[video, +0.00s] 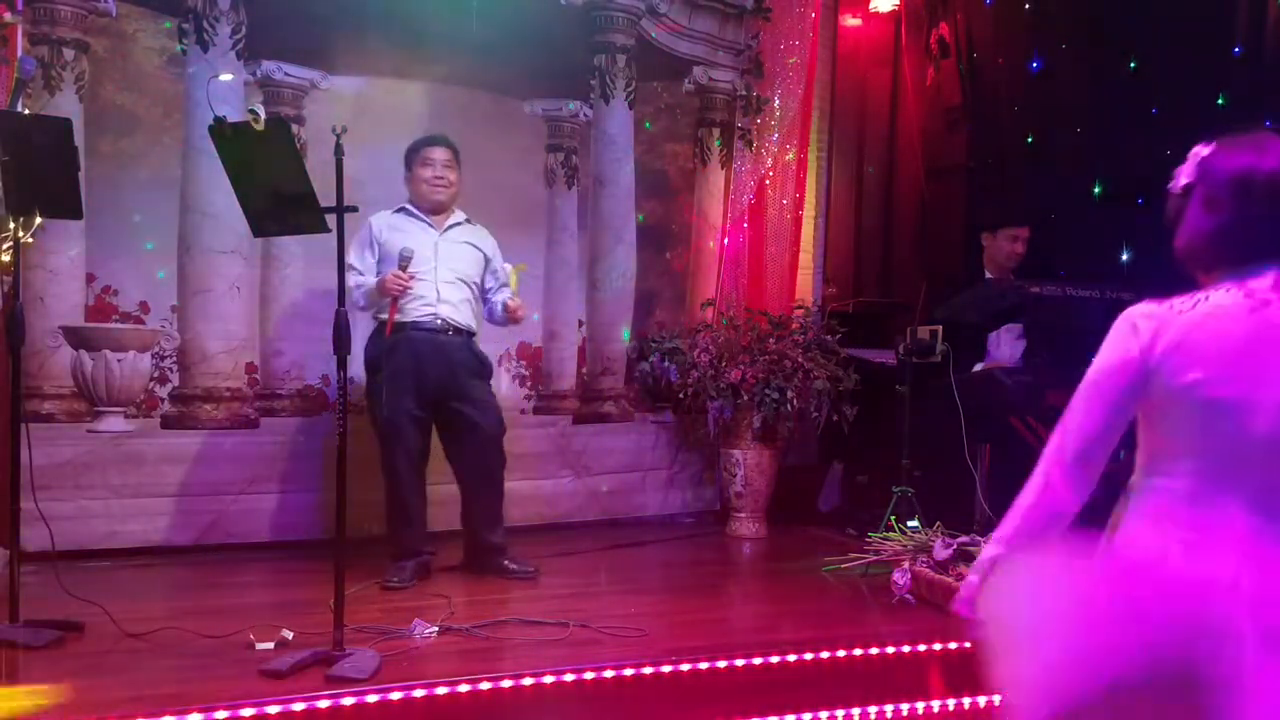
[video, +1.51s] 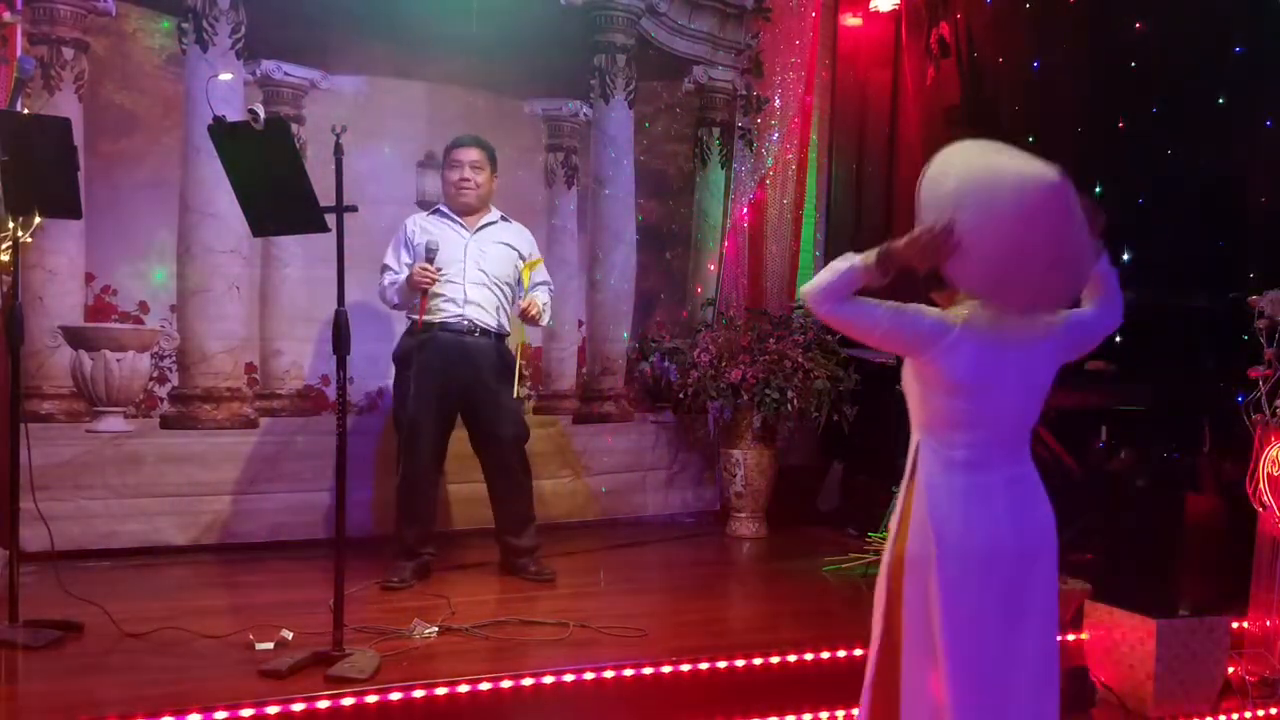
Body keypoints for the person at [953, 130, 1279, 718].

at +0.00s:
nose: (1174, 209)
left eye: (1186, 194)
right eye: (1180, 193)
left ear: (1221, 209)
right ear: (1271, 213)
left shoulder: (1155, 327)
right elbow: (1065, 471)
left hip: (1158, 578)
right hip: (1268, 586)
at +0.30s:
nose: (1126, 251)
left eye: (1135, 234)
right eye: (1130, 234)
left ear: (1161, 250)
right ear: (1236, 255)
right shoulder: (1270, 370)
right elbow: (1271, 520)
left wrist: (1005, 557)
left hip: (1116, 577)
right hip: (1220, 576)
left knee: (1119, 711)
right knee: (1226, 712)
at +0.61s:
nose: (1054, 225)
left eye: (1065, 216)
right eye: (1059, 214)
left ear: (1091, 236)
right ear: (1144, 244)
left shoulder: (1047, 331)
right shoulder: (1183, 350)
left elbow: (943, 368)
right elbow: (1195, 451)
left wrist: (989, 325)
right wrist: (1138, 434)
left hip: (1047, 533)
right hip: (1132, 535)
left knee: (1051, 681)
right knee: (1139, 683)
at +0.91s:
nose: (998, 225)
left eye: (1008, 211)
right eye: (1004, 210)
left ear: (1027, 226)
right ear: (1097, 233)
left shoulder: (1006, 309)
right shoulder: (1130, 317)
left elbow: (905, 243)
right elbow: (1145, 268)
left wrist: (928, 156)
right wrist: (1113, 195)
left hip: (1010, 502)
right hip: (1091, 500)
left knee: (1002, 658)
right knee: (1090, 660)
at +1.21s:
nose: (948, 249)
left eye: (955, 235)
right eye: (951, 235)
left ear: (973, 246)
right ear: (1044, 242)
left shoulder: (964, 318)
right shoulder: (1086, 320)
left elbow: (861, 249)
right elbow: (1142, 269)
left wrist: (918, 166)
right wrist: (1116, 179)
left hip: (978, 495)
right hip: (1057, 492)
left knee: (974, 649)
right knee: (1056, 651)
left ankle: (973, 719)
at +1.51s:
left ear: (955, 259)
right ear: (1034, 259)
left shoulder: (931, 332)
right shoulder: (1047, 336)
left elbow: (820, 295)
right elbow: (1105, 308)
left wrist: (885, 257)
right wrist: (1092, 243)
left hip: (939, 506)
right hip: (1019, 503)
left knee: (934, 647)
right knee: (1014, 650)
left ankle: (932, 719)